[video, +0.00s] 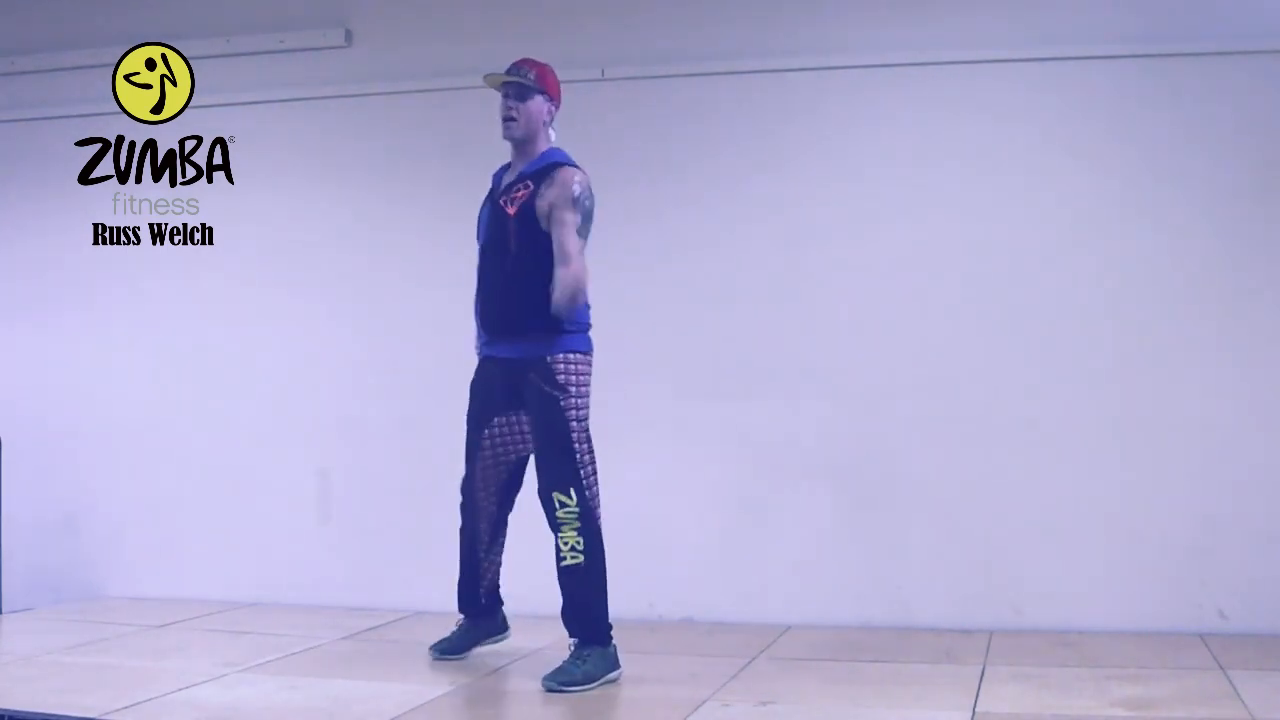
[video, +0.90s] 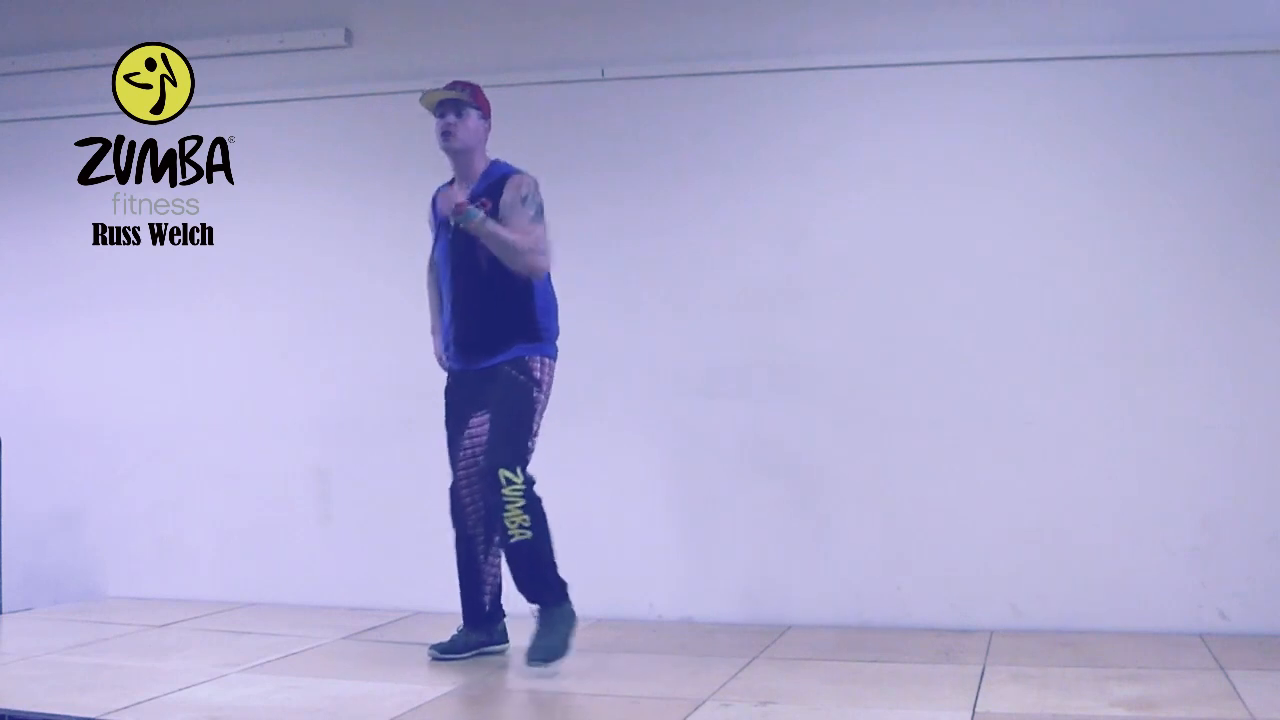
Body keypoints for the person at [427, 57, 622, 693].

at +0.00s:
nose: (508, 107)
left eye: (520, 98)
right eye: (504, 98)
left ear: (550, 108)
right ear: (501, 109)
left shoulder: (563, 179)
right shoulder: (501, 182)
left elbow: (571, 266)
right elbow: (498, 268)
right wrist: (493, 343)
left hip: (554, 360)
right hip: (500, 361)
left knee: (569, 500)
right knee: (482, 495)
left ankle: (594, 644)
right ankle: (482, 615)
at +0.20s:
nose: (488, 138)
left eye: (498, 127)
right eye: (481, 129)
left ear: (527, 129)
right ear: (476, 135)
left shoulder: (546, 202)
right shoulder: (482, 199)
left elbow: (517, 291)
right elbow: (463, 281)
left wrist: (475, 368)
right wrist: (455, 349)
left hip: (526, 370)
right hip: (476, 367)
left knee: (526, 499)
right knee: (472, 498)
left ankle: (581, 636)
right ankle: (485, 622)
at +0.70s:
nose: (448, 139)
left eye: (458, 128)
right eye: (440, 131)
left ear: (485, 132)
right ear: (435, 141)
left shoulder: (511, 203)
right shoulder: (454, 204)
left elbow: (502, 295)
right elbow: (465, 287)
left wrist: (438, 290)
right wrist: (446, 350)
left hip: (513, 367)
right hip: (462, 369)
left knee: (487, 495)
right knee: (455, 492)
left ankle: (522, 610)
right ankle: (480, 618)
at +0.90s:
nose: (445, 123)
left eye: (457, 114)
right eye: (440, 115)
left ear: (485, 124)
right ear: (436, 129)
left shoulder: (516, 187)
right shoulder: (441, 200)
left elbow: (536, 259)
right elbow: (438, 272)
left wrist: (473, 219)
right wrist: (439, 332)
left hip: (521, 356)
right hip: (468, 363)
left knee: (504, 475)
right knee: (468, 489)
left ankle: (553, 607)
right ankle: (483, 623)